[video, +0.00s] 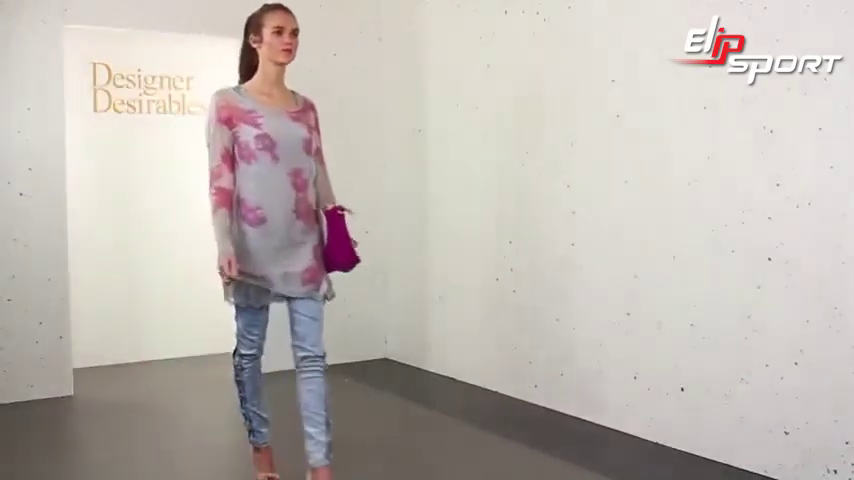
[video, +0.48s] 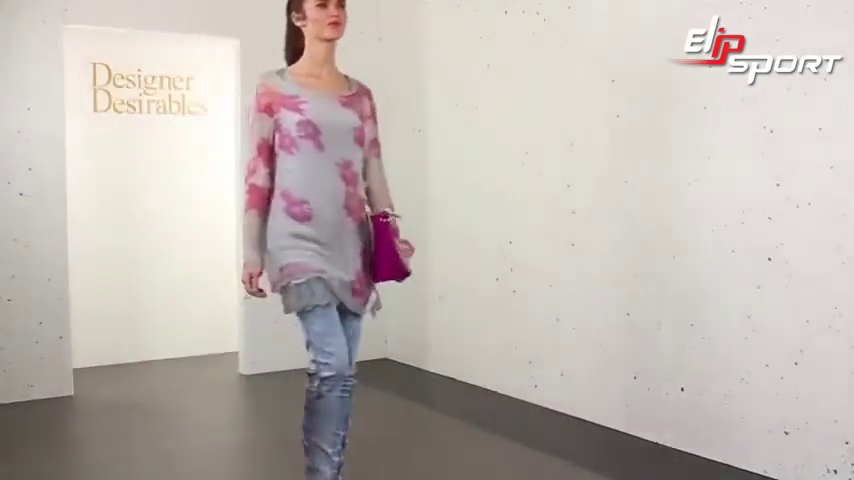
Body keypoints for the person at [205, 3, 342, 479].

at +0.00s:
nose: (289, 41)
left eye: (293, 34)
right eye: (279, 33)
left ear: (297, 42)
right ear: (256, 39)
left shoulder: (305, 107)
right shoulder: (227, 103)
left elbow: (319, 177)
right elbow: (220, 181)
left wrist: (335, 236)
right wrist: (224, 244)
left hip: (305, 245)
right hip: (251, 246)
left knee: (311, 355)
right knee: (249, 352)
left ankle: (320, 465)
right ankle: (260, 444)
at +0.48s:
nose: (335, 13)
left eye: (340, 5)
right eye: (323, 5)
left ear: (347, 15)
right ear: (299, 18)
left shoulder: (360, 93)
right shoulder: (274, 88)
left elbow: (373, 169)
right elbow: (259, 173)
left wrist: (390, 231)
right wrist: (252, 251)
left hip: (351, 241)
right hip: (295, 239)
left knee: (344, 367)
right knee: (331, 365)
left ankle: (329, 470)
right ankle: (320, 471)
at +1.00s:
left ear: (399, 4)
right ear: (352, 1)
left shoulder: (420, 83)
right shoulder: (324, 79)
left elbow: (435, 173)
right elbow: (310, 178)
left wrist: (453, 251)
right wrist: (302, 268)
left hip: (409, 257)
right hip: (344, 256)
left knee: (408, 397)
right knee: (360, 393)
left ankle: (382, 468)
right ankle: (367, 476)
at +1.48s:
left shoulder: (479, 76)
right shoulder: (372, 63)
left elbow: (496, 176)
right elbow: (357, 176)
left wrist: (521, 257)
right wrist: (345, 278)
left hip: (474, 273)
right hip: (397, 271)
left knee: (480, 421)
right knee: (394, 414)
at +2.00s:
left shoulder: (507, 58)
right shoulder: (416, 42)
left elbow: (533, 164)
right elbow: (347, 140)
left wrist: (556, 257)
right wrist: (348, 245)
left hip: (506, 264)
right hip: (450, 266)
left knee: (494, 440)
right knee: (484, 441)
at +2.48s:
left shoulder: (482, 25)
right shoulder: (464, 14)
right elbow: (443, 96)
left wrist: (529, 186)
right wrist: (485, 178)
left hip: (511, 255)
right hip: (485, 258)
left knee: (505, 439)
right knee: (487, 436)